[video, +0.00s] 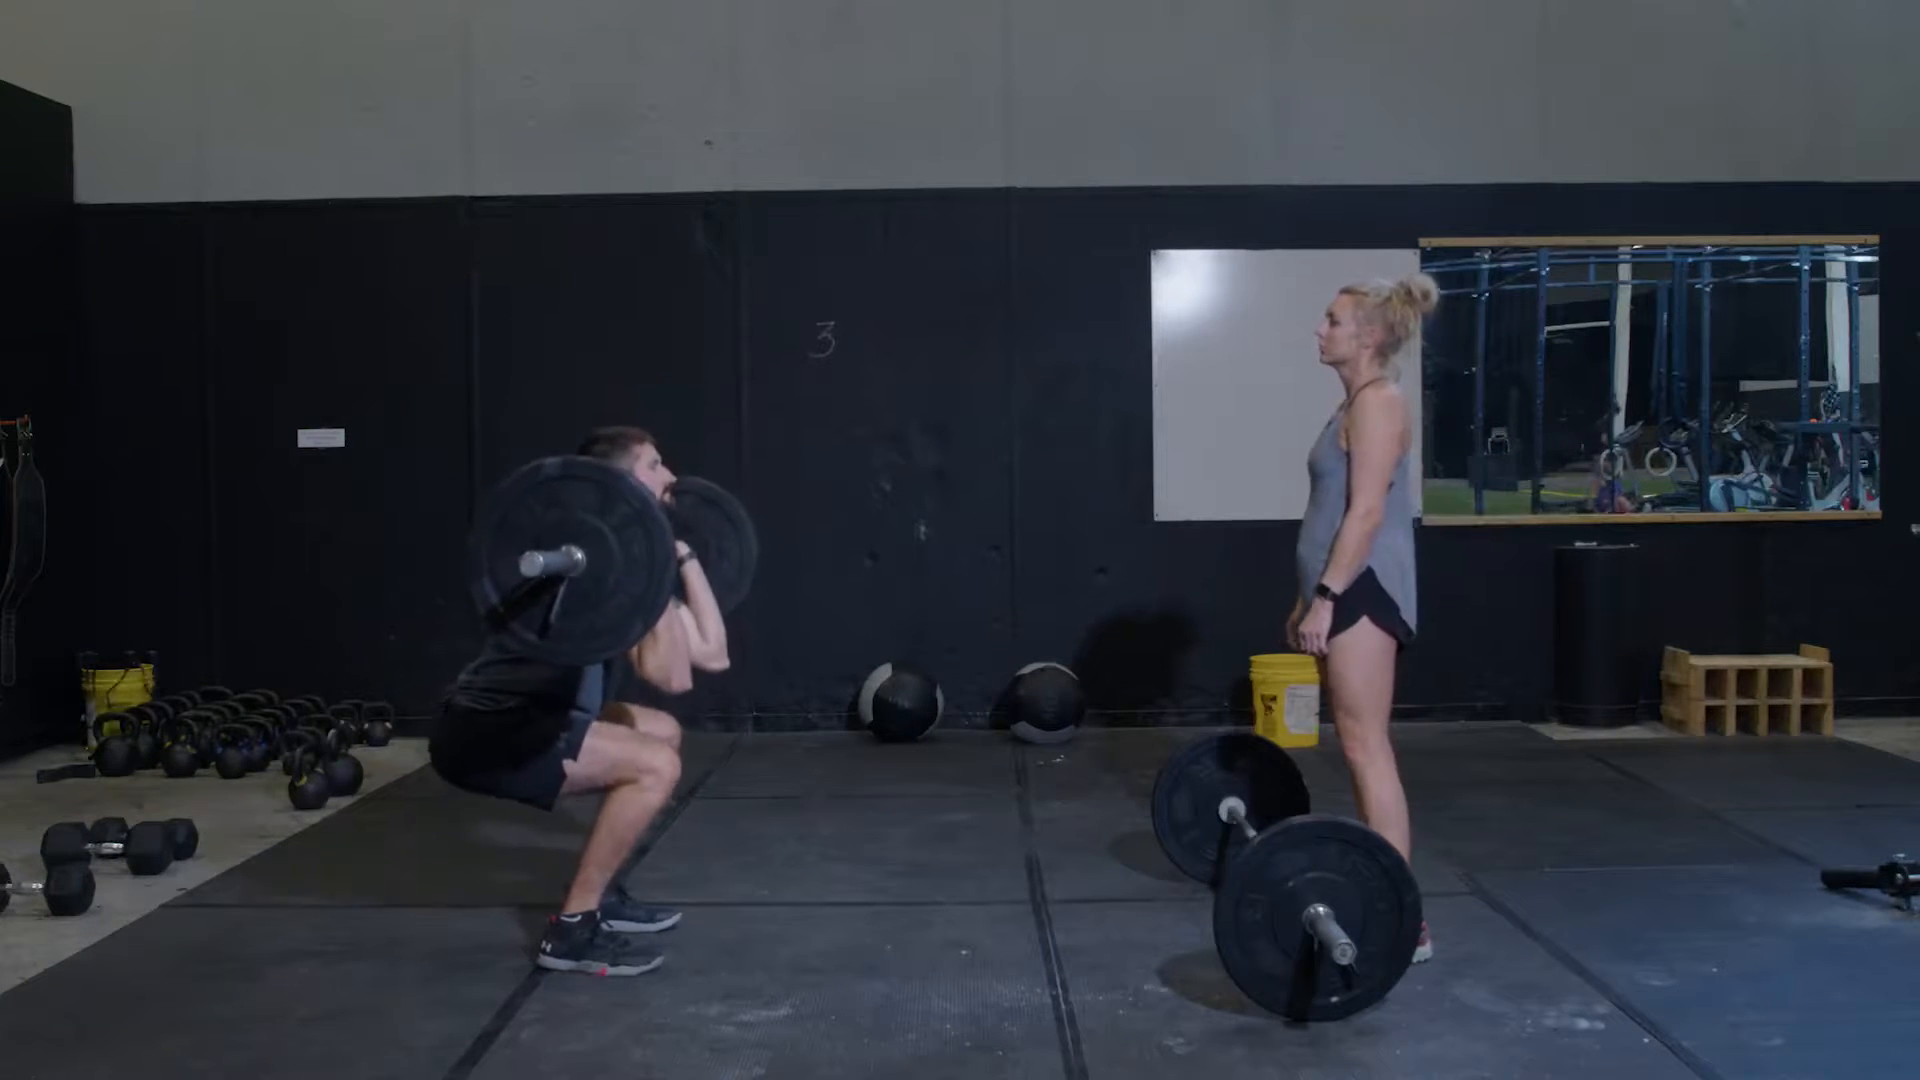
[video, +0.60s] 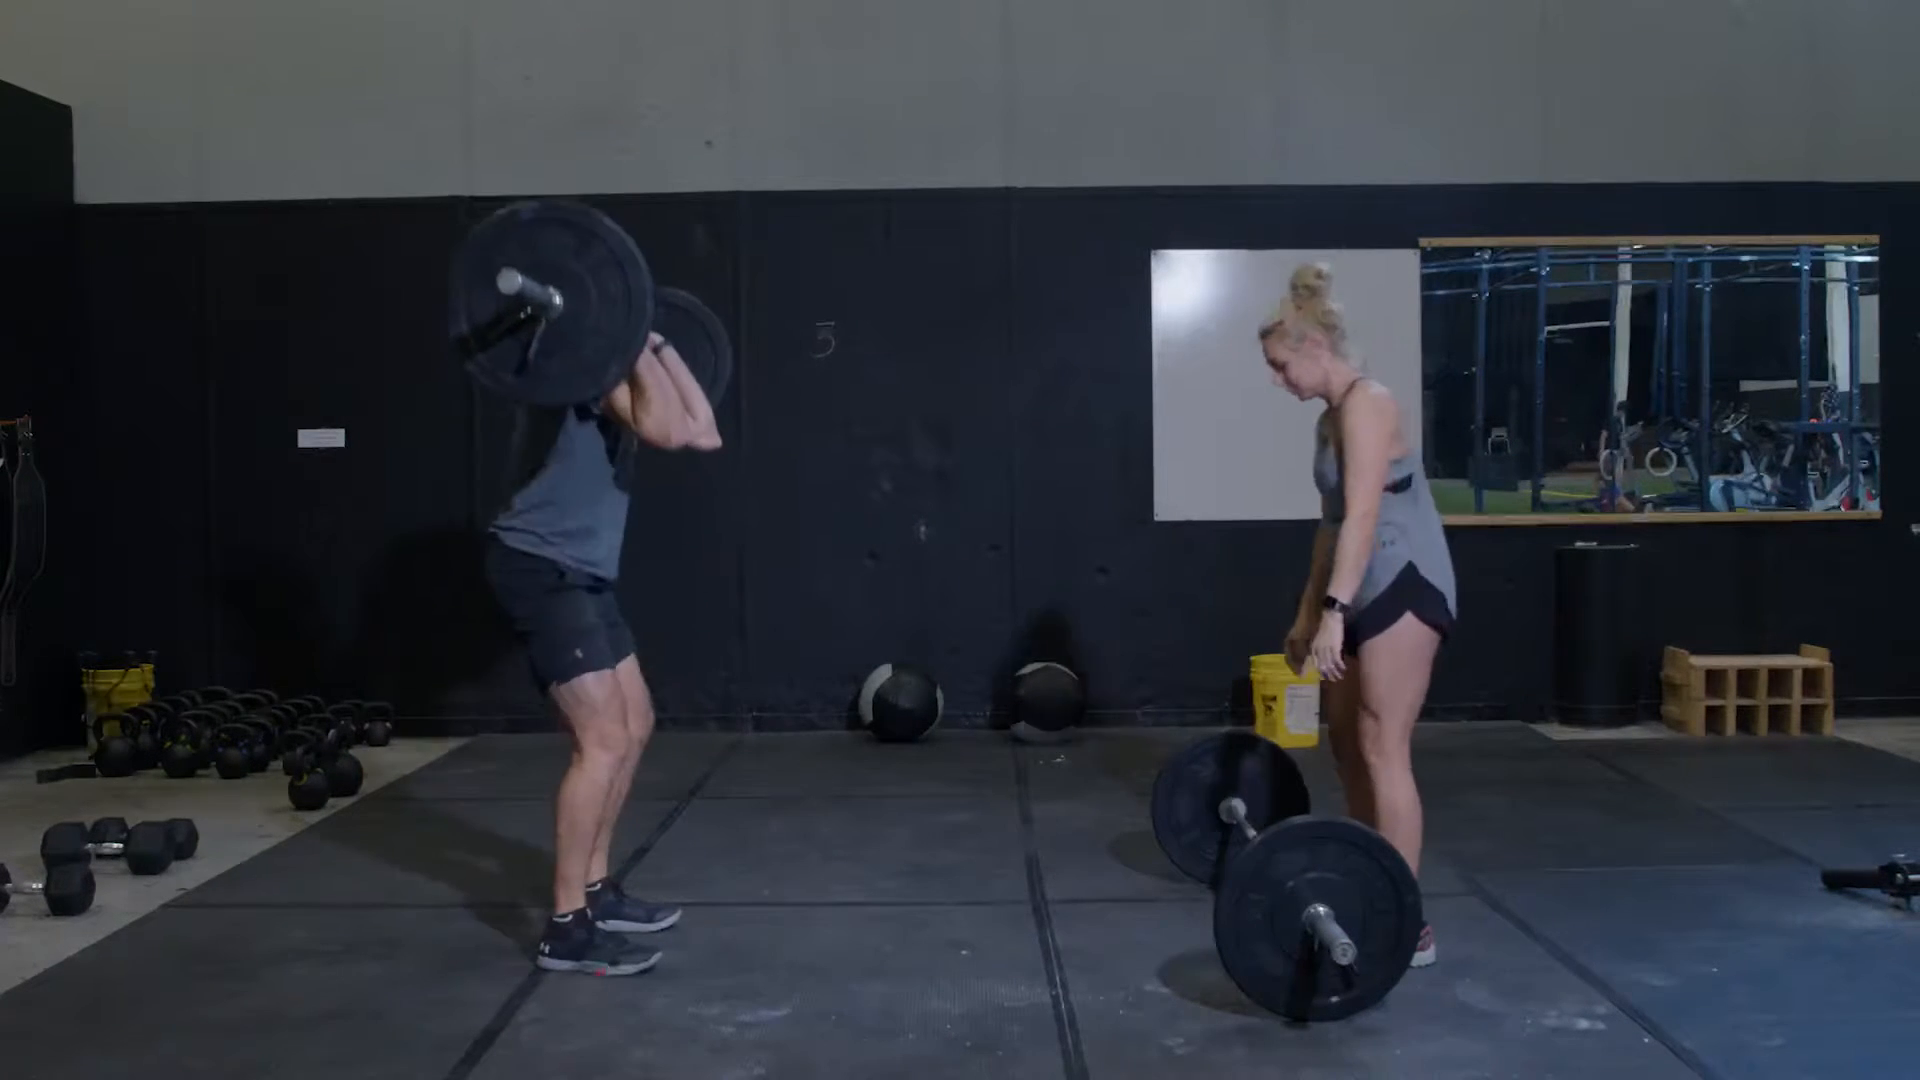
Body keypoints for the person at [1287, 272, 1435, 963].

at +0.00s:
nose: (1321, 330)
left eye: (1334, 322)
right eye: (1325, 320)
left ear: (1370, 335)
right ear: (1358, 337)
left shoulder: (1378, 402)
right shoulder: (1356, 403)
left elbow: (1366, 512)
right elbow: (1339, 514)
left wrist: (1326, 596)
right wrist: (1310, 595)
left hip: (1366, 590)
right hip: (1346, 590)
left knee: (1366, 746)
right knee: (1357, 743)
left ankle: (1398, 912)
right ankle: (1383, 903)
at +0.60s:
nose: (1279, 379)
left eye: (1282, 365)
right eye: (1274, 369)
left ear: (1318, 347)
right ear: (1312, 350)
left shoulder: (1364, 405)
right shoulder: (1337, 417)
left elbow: (1361, 519)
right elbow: (1332, 528)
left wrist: (1334, 612)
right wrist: (1308, 618)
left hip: (1401, 588)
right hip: (1365, 591)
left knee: (1382, 748)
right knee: (1348, 743)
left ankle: (1402, 919)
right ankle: (1370, 903)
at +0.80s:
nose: (1235, 453)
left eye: (1236, 439)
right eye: (1228, 443)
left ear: (1266, 415)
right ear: (1259, 418)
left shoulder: (1327, 457)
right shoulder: (1295, 476)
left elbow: (1336, 573)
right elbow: (1303, 578)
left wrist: (1328, 673)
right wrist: (1299, 673)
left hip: (1448, 595)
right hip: (1395, 606)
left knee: (1396, 743)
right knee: (1360, 739)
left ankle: (1407, 921)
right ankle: (1369, 901)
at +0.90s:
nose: (1221, 503)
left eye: (1219, 489)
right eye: (1214, 493)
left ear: (1250, 462)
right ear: (1241, 471)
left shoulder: (1312, 500)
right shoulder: (1285, 519)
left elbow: (1322, 619)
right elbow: (1290, 623)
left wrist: (1314, 724)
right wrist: (1282, 718)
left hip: (1465, 600)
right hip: (1410, 611)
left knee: (1398, 746)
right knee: (1360, 739)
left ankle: (1408, 923)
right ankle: (1372, 899)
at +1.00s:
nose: (1212, 547)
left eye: (1214, 532)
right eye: (1207, 535)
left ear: (1244, 509)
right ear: (1243, 512)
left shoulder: (1303, 548)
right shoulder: (1280, 561)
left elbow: (1306, 667)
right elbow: (1280, 669)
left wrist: (1291, 771)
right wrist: (1269, 758)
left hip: (1473, 612)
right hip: (1420, 623)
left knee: (1388, 749)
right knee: (1351, 739)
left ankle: (1407, 924)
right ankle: (1368, 901)